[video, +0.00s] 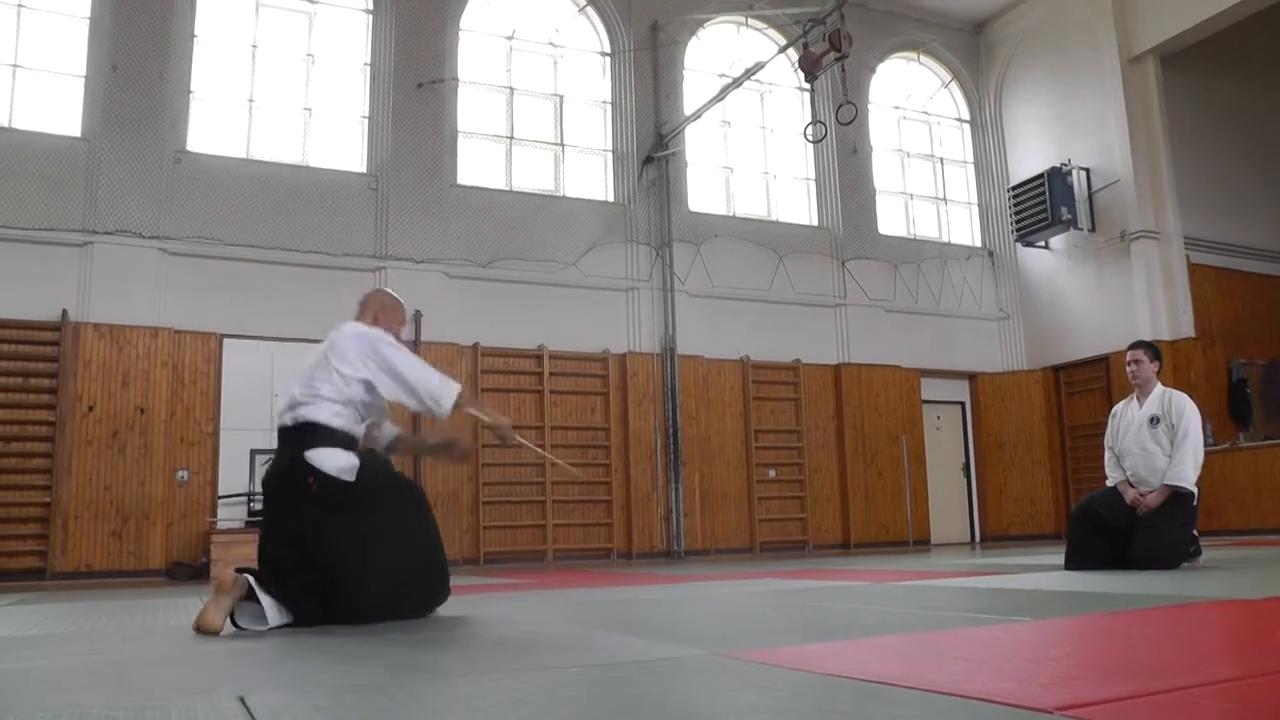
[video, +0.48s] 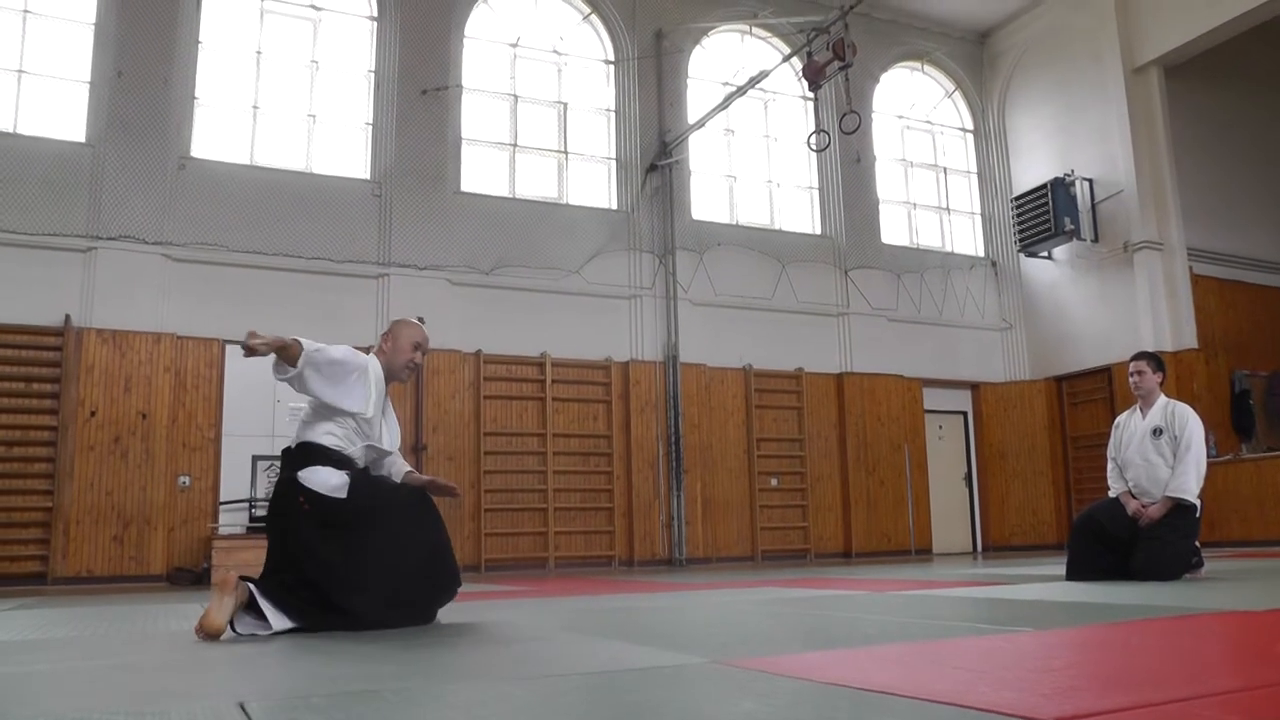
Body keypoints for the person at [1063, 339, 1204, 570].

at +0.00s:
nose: (1131, 368)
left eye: (1138, 362)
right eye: (1128, 364)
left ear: (1155, 366)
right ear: (1125, 369)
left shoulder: (1178, 403)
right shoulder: (1118, 411)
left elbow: (1188, 454)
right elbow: (1110, 456)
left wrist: (1160, 494)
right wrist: (1125, 489)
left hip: (1171, 496)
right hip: (1127, 494)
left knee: (1148, 559)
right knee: (1084, 516)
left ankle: (1188, 542)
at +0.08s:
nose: (1132, 371)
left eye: (1138, 365)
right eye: (1128, 366)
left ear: (1156, 368)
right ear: (1125, 371)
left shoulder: (1179, 405)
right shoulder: (1119, 414)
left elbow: (1189, 457)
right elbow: (1111, 459)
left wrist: (1161, 496)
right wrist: (1126, 492)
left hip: (1172, 499)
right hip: (1128, 497)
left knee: (1148, 560)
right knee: (1086, 517)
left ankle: (1189, 544)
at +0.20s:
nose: (1132, 374)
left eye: (1139, 368)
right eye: (1129, 370)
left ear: (1157, 372)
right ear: (1126, 374)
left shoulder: (1180, 409)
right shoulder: (1120, 417)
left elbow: (1190, 460)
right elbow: (1112, 462)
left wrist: (1162, 499)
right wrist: (1127, 494)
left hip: (1173, 502)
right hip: (1129, 500)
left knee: (1147, 564)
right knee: (1086, 519)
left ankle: (1190, 547)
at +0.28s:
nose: (1133, 376)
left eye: (1139, 370)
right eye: (1130, 371)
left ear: (1157, 373)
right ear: (1126, 376)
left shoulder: (1180, 410)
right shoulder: (1120, 418)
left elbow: (1190, 462)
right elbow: (1112, 464)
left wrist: (1162, 501)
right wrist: (1127, 496)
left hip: (1174, 504)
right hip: (1129, 502)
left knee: (1147, 565)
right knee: (1086, 521)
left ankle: (1190, 549)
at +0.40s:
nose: (1134, 378)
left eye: (1140, 372)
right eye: (1130, 374)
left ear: (1158, 376)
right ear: (1128, 378)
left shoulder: (1181, 413)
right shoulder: (1121, 421)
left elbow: (1191, 465)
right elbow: (1113, 466)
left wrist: (1162, 504)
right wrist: (1127, 499)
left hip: (1174, 507)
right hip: (1130, 505)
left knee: (1148, 568)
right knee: (1087, 524)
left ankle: (1190, 552)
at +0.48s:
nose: (1134, 379)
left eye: (1140, 373)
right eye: (1131, 375)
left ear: (1158, 377)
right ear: (1128, 380)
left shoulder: (1181, 415)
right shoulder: (1121, 422)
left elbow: (1191, 467)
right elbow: (1113, 468)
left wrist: (1162, 506)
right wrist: (1127, 501)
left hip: (1174, 509)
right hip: (1130, 506)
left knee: (1147, 569)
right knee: (1086, 526)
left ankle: (1190, 553)